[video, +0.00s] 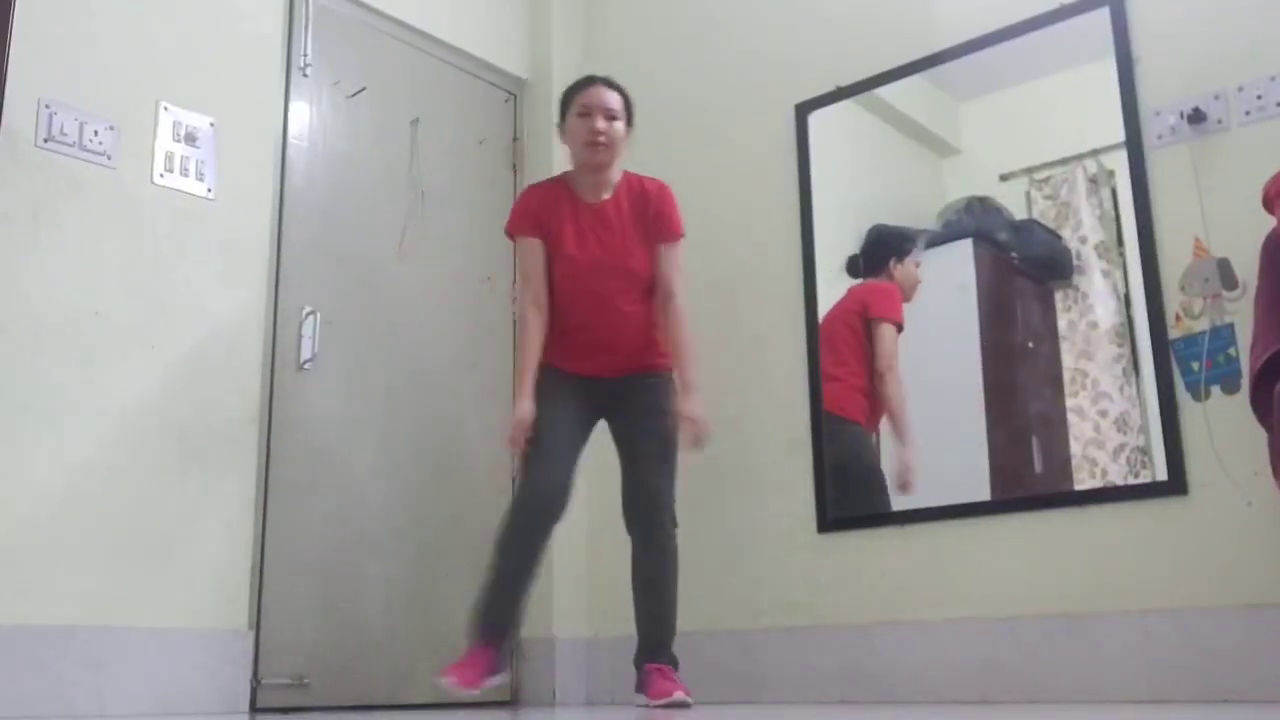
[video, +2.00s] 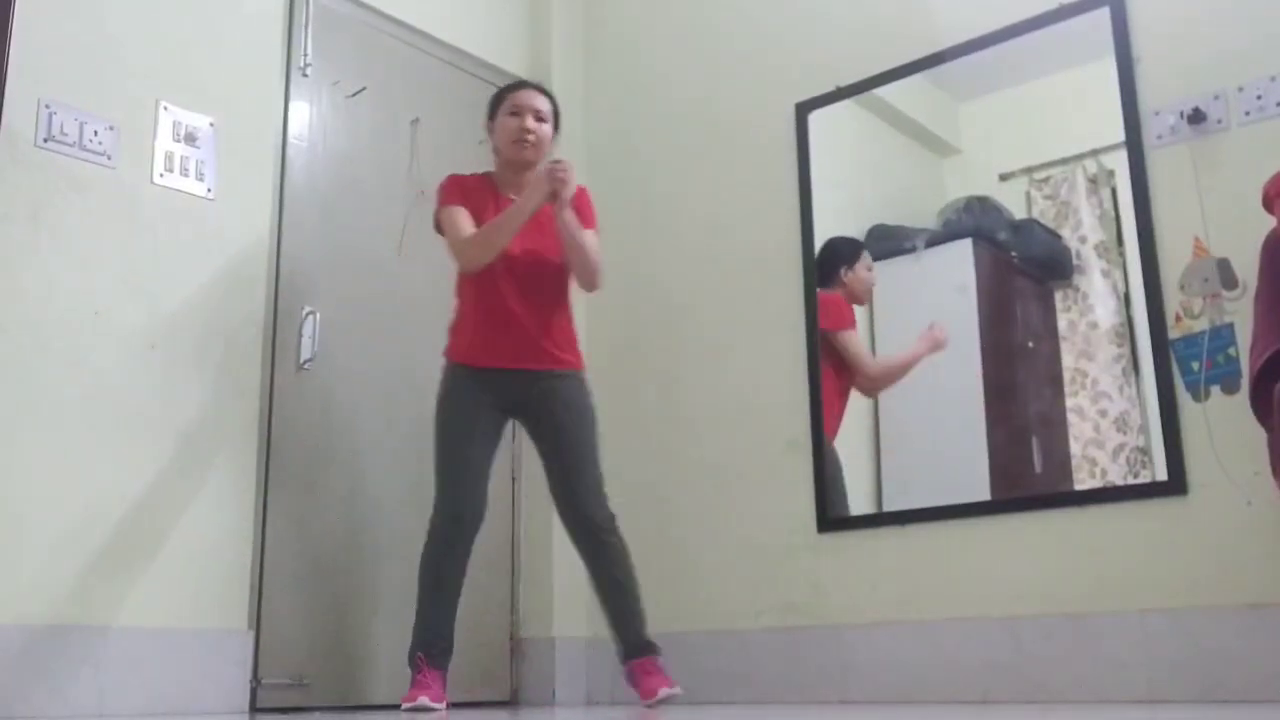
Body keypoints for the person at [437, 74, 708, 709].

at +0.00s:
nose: (600, 125)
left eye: (611, 116)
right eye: (587, 115)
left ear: (629, 133)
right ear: (563, 131)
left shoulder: (653, 200)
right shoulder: (538, 205)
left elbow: (670, 298)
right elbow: (533, 307)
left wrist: (688, 390)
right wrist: (524, 396)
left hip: (643, 378)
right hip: (564, 378)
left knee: (653, 514)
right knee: (539, 498)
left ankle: (658, 664)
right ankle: (488, 646)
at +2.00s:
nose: (528, 124)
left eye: (540, 117)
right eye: (515, 114)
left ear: (554, 137)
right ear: (491, 128)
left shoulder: (572, 198)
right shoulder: (461, 190)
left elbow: (590, 277)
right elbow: (469, 255)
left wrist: (559, 203)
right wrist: (533, 195)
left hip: (554, 376)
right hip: (475, 375)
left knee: (590, 517)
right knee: (457, 514)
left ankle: (641, 660)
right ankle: (428, 672)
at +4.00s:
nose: (503, 160)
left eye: (514, 151)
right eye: (490, 149)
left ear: (529, 167)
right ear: (467, 160)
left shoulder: (542, 237)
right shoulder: (432, 223)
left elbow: (559, 324)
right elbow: (384, 310)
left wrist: (557, 379)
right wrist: (411, 364)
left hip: (512, 388)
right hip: (437, 385)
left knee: (521, 484)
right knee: (436, 518)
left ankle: (507, 598)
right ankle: (428, 673)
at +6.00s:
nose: (471, 163)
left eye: (484, 151)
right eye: (464, 152)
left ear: (521, 154)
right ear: (460, 155)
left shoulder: (553, 226)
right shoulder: (442, 209)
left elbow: (583, 301)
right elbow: (362, 260)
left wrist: (590, 385)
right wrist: (363, 349)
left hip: (518, 384)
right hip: (443, 380)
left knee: (492, 506)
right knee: (441, 514)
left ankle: (474, 649)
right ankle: (439, 666)